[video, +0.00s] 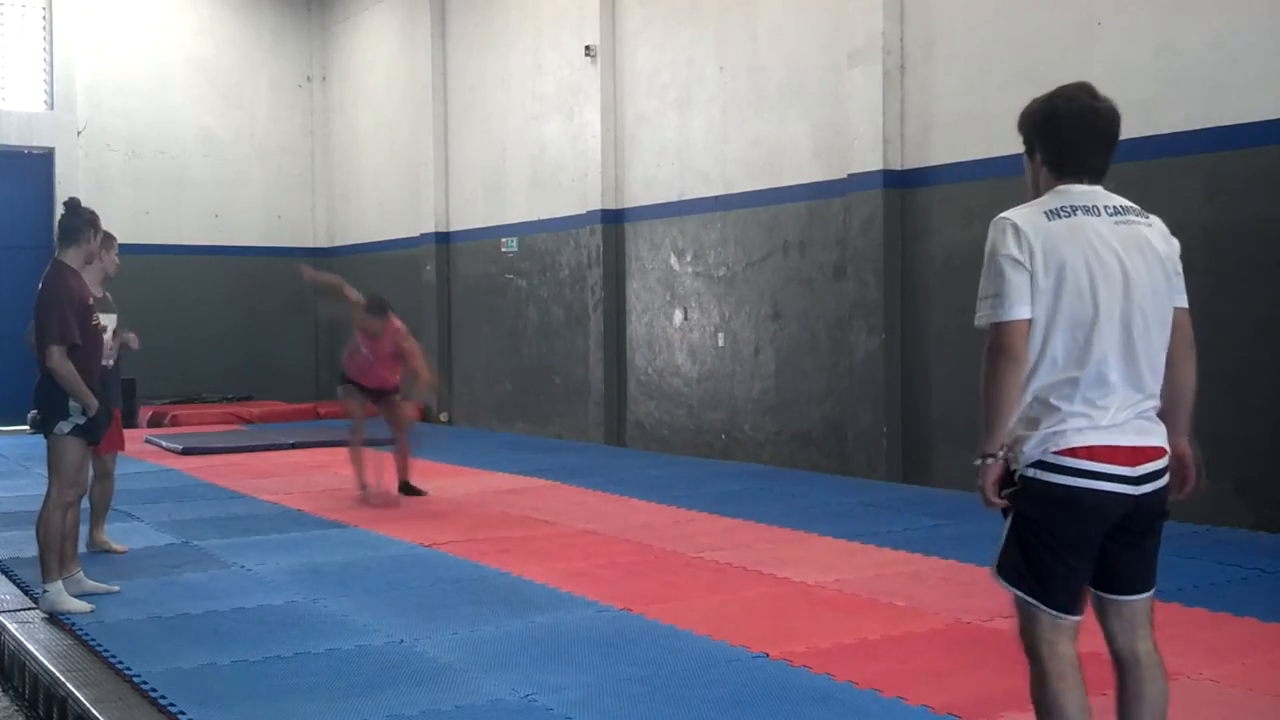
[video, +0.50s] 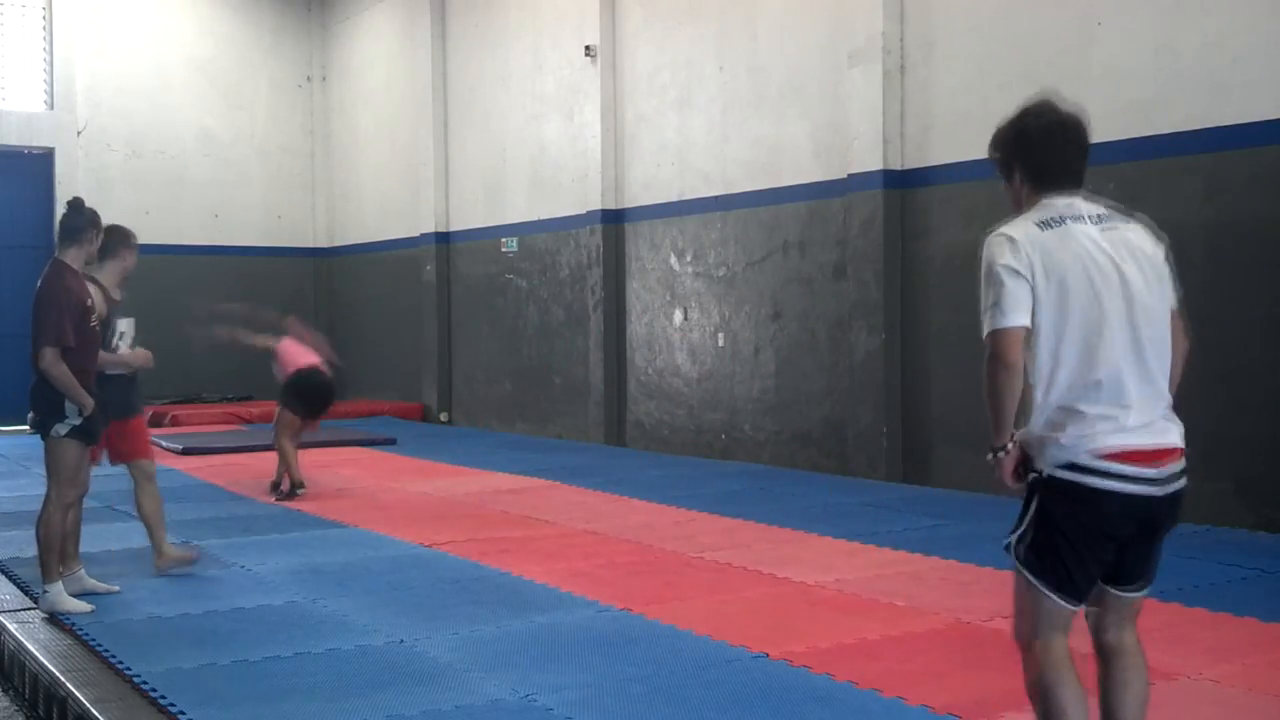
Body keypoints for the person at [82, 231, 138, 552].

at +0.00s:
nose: (118, 259)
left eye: (118, 253)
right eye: (115, 253)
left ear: (105, 256)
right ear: (99, 254)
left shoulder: (106, 295)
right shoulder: (75, 294)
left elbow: (100, 338)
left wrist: (122, 338)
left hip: (108, 386)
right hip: (80, 385)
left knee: (105, 468)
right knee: (75, 472)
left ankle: (97, 533)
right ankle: (64, 540)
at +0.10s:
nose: (117, 259)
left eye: (117, 253)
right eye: (113, 252)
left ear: (104, 255)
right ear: (97, 253)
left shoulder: (101, 294)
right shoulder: (75, 292)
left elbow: (96, 340)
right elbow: (76, 344)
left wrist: (126, 346)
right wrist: (113, 343)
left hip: (104, 384)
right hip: (78, 384)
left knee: (116, 469)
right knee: (73, 477)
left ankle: (95, 526)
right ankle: (66, 543)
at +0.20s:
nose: (118, 257)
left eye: (118, 250)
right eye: (114, 250)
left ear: (104, 252)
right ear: (97, 251)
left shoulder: (101, 291)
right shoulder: (76, 291)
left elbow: (92, 337)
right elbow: (75, 340)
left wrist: (119, 343)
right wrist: (113, 339)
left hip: (106, 383)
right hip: (78, 384)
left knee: (127, 464)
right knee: (73, 477)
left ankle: (97, 522)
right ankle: (64, 548)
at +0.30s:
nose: (121, 259)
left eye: (121, 252)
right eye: (117, 251)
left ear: (107, 252)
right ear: (100, 250)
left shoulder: (101, 288)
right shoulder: (78, 289)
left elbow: (92, 337)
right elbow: (76, 339)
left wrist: (120, 343)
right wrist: (115, 341)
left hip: (110, 383)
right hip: (82, 383)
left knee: (136, 459)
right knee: (74, 475)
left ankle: (118, 537)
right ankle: (64, 553)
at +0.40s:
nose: (125, 259)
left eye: (125, 252)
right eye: (122, 252)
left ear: (106, 253)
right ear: (108, 252)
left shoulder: (102, 289)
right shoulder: (82, 291)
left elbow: (91, 340)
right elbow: (77, 346)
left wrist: (119, 344)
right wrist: (121, 350)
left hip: (113, 384)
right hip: (86, 384)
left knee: (140, 465)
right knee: (72, 479)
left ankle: (152, 546)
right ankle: (63, 559)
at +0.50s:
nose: (134, 262)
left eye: (134, 255)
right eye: (132, 255)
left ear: (114, 255)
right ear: (121, 256)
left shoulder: (113, 293)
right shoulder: (89, 294)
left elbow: (100, 347)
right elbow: (82, 353)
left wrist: (130, 355)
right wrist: (128, 360)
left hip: (122, 394)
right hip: (90, 394)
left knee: (145, 470)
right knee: (76, 480)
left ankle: (163, 550)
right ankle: (64, 558)